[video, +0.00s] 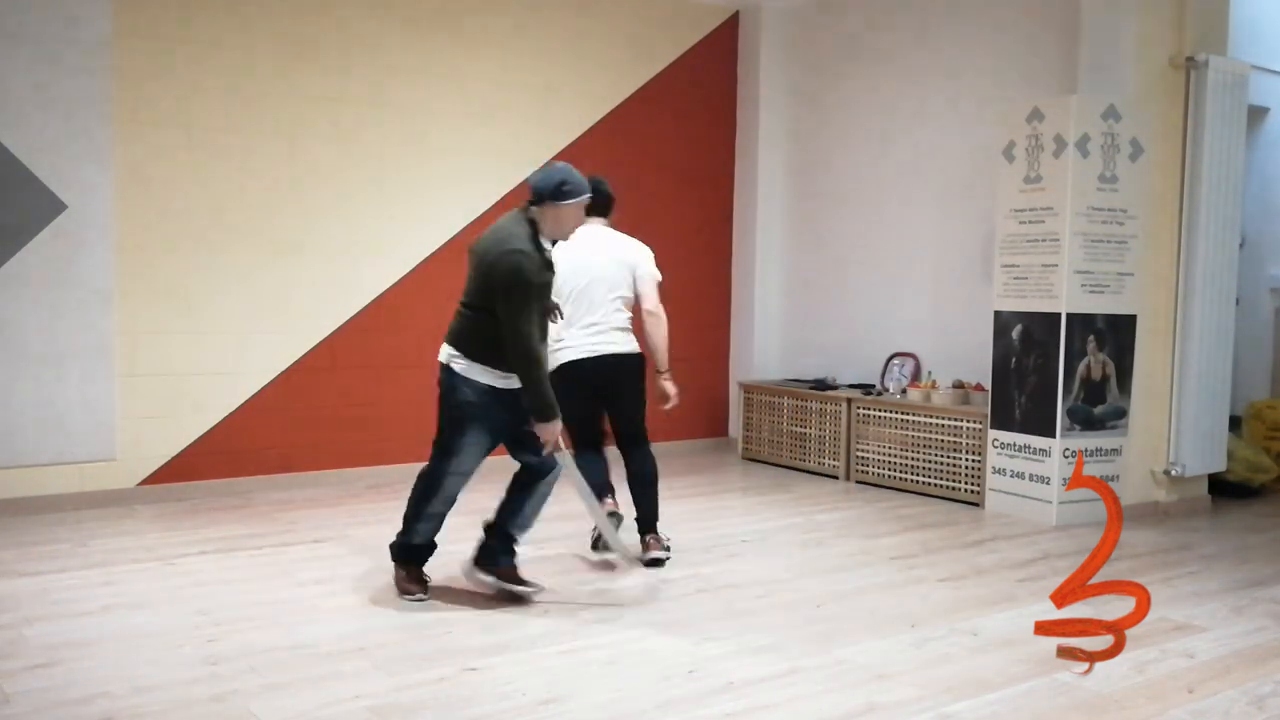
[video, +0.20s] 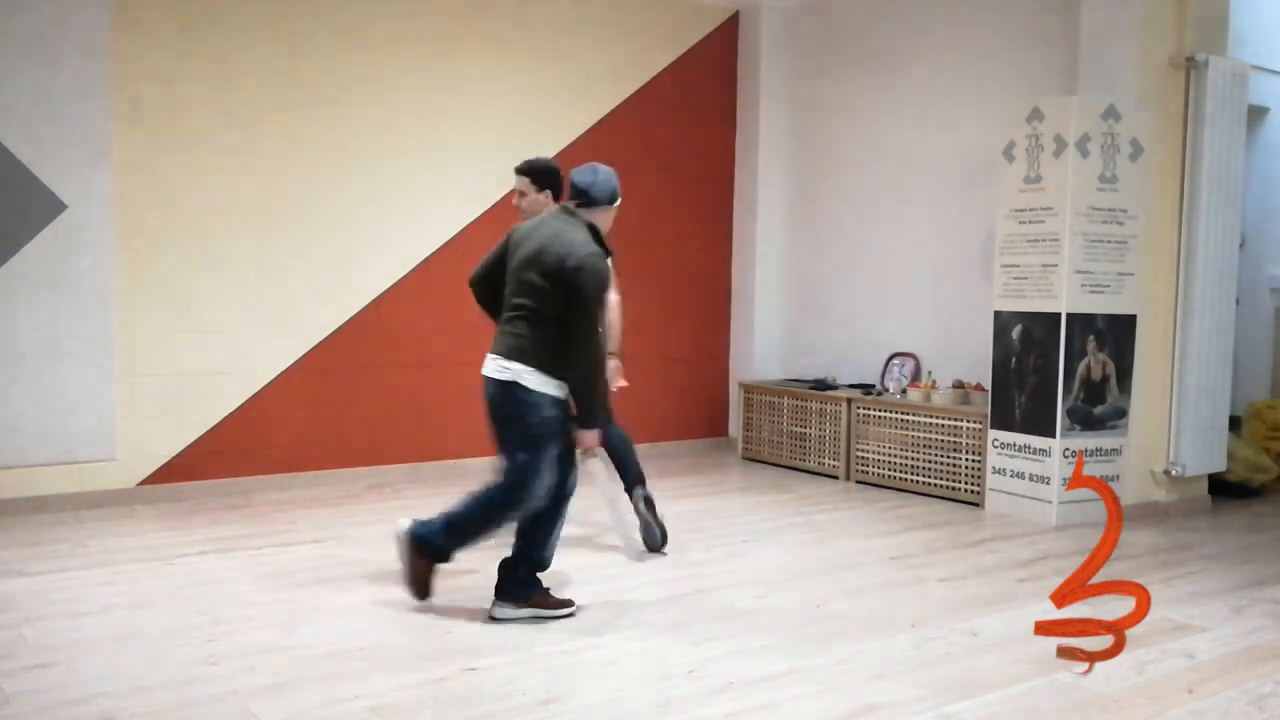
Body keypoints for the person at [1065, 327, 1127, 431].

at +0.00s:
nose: (1087, 345)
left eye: (1091, 342)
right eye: (1088, 342)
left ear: (1099, 344)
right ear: (1088, 345)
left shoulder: (1108, 364)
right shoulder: (1083, 365)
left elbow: (1113, 388)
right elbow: (1076, 390)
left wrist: (1115, 406)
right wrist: (1070, 408)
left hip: (1102, 405)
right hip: (1086, 405)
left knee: (1121, 411)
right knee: (1071, 410)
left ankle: (1086, 425)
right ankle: (1101, 425)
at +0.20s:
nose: (1087, 345)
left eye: (1091, 342)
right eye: (1088, 342)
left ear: (1099, 344)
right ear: (1087, 345)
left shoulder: (1108, 364)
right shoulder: (1083, 365)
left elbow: (1113, 389)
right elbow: (1076, 391)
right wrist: (1071, 421)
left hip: (1103, 406)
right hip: (1086, 406)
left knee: (1121, 411)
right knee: (1071, 410)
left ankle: (1087, 424)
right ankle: (1101, 425)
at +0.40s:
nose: (1087, 345)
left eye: (1091, 342)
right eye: (1088, 342)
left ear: (1099, 344)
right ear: (1087, 345)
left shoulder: (1108, 364)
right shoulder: (1083, 364)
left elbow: (1114, 390)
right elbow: (1076, 391)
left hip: (1102, 405)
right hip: (1086, 405)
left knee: (1121, 411)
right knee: (1071, 411)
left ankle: (1086, 425)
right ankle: (1102, 425)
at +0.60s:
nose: (1087, 345)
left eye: (1091, 342)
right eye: (1088, 342)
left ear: (1098, 344)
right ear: (1088, 345)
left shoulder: (1108, 364)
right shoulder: (1083, 365)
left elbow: (1114, 390)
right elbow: (1076, 391)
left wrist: (1108, 406)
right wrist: (1071, 421)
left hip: (1103, 406)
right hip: (1086, 406)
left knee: (1121, 411)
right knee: (1071, 410)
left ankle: (1086, 425)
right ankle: (1101, 425)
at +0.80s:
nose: (1087, 346)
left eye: (1090, 342)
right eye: (1087, 342)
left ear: (1098, 344)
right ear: (1087, 345)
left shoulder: (1108, 364)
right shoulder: (1083, 365)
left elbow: (1114, 390)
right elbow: (1076, 391)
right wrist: (1071, 419)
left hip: (1102, 406)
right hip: (1086, 406)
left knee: (1121, 411)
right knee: (1071, 411)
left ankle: (1086, 425)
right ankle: (1100, 425)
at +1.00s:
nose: (1087, 346)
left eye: (1090, 342)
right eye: (1087, 342)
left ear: (1098, 344)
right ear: (1087, 345)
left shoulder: (1108, 364)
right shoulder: (1084, 365)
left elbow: (1114, 391)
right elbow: (1076, 391)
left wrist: (1107, 406)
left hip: (1103, 406)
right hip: (1086, 406)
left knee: (1121, 411)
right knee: (1071, 411)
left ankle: (1086, 425)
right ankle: (1100, 425)